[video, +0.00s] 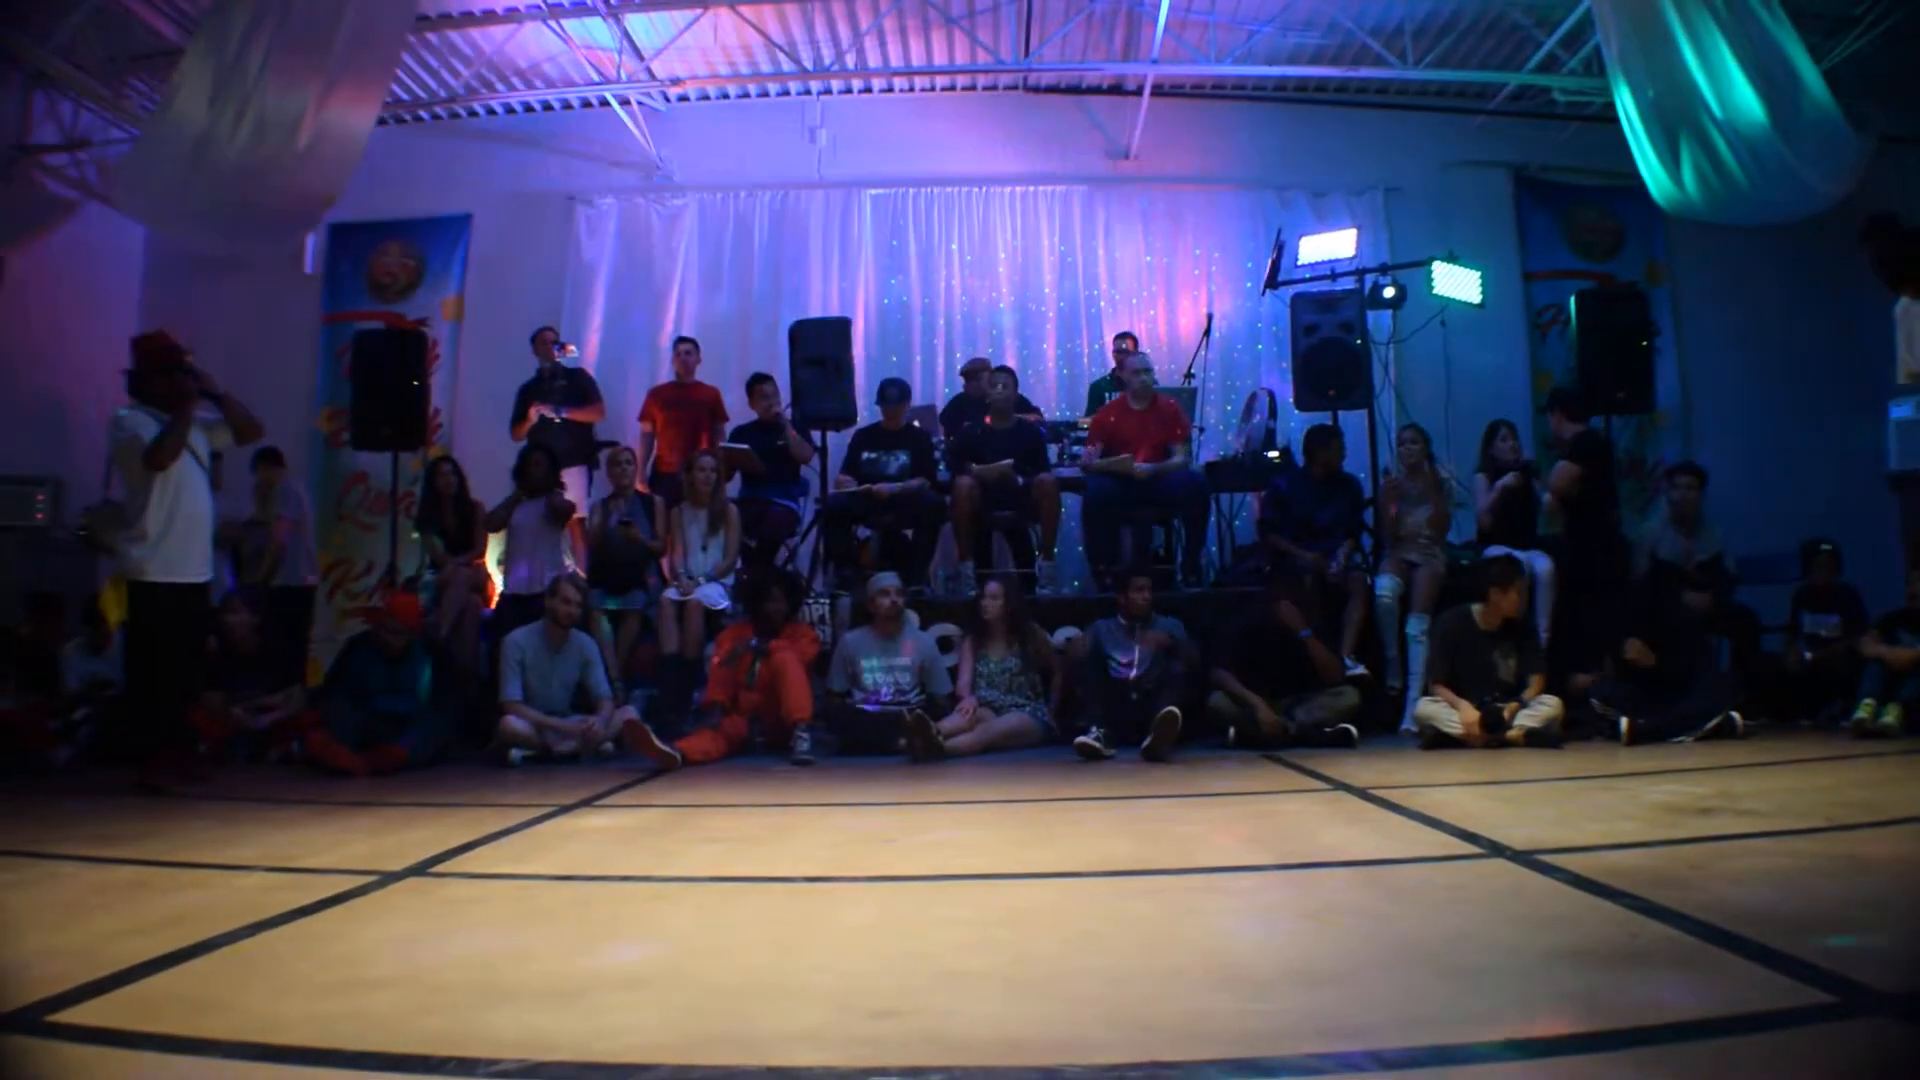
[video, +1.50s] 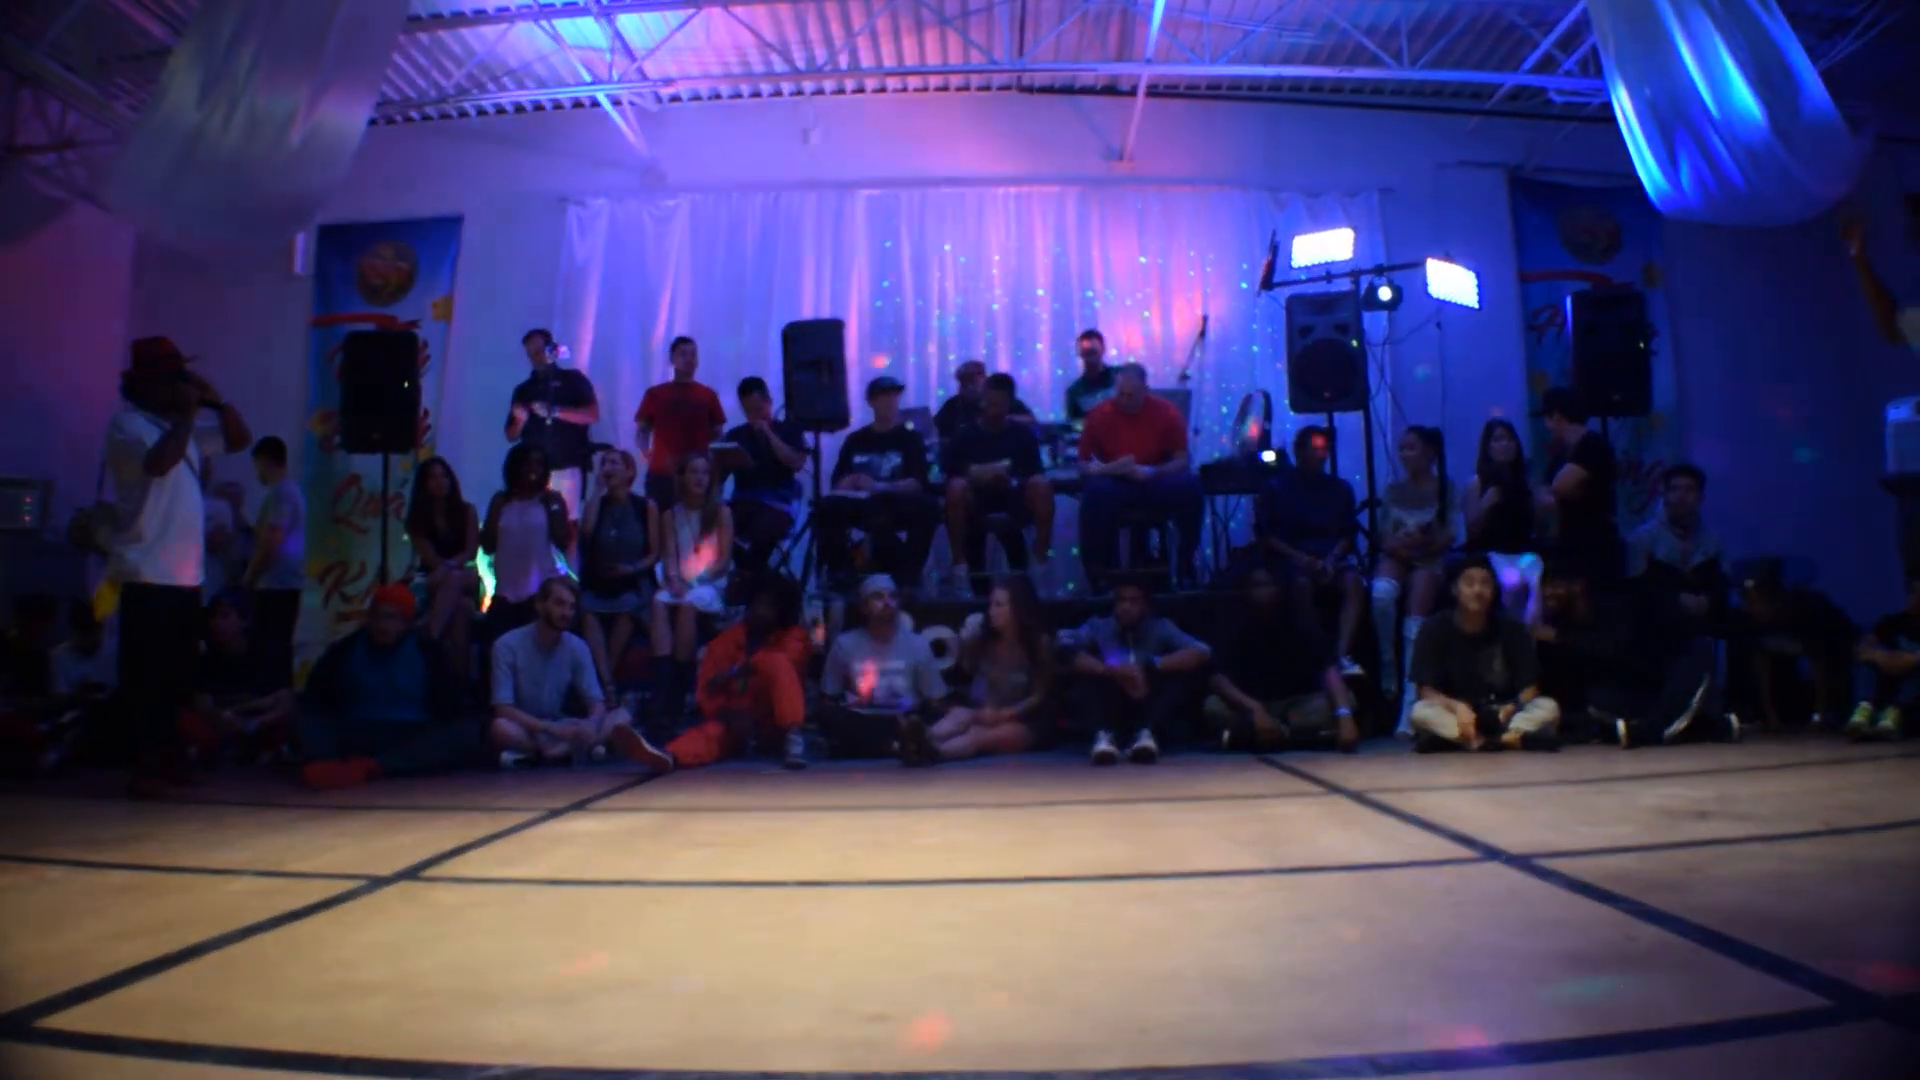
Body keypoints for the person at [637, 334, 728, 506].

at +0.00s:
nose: (682, 358)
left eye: (688, 353)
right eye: (678, 354)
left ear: (698, 359)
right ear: (673, 360)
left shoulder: (711, 394)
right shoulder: (657, 394)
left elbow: (719, 436)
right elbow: (646, 436)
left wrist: (718, 476)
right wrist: (640, 477)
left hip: (700, 477)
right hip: (665, 475)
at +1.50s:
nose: (689, 359)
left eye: (693, 354)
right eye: (683, 354)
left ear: (697, 359)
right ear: (672, 359)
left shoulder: (708, 396)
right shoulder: (655, 394)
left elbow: (717, 432)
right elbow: (642, 429)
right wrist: (648, 454)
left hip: (696, 475)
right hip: (662, 472)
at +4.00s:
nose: (673, 359)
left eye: (676, 354)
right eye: (667, 355)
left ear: (680, 359)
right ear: (655, 361)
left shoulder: (696, 393)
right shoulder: (642, 397)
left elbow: (707, 435)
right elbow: (630, 440)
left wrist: (709, 472)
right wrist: (624, 479)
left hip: (689, 478)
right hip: (654, 477)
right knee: (652, 536)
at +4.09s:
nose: (676, 359)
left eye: (679, 354)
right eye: (669, 354)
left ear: (683, 358)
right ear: (658, 360)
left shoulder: (698, 394)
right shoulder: (644, 397)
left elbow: (708, 435)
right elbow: (632, 439)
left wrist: (708, 473)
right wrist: (625, 478)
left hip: (690, 478)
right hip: (655, 476)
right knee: (653, 537)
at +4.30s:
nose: (683, 358)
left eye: (686, 353)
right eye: (677, 353)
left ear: (690, 357)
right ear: (665, 359)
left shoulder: (704, 393)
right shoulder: (649, 394)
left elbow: (714, 433)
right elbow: (640, 437)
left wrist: (711, 468)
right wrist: (635, 474)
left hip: (696, 478)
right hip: (661, 477)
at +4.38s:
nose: (686, 357)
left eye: (689, 352)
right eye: (679, 353)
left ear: (693, 357)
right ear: (667, 359)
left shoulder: (706, 393)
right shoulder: (651, 394)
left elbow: (716, 433)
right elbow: (642, 436)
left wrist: (712, 468)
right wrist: (639, 474)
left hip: (699, 478)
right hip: (663, 476)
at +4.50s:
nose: (690, 357)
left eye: (693, 352)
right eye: (683, 352)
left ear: (697, 356)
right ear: (671, 358)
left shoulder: (711, 393)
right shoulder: (656, 393)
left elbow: (720, 432)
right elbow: (646, 434)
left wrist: (719, 466)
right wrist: (644, 472)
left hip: (702, 475)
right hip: (665, 474)